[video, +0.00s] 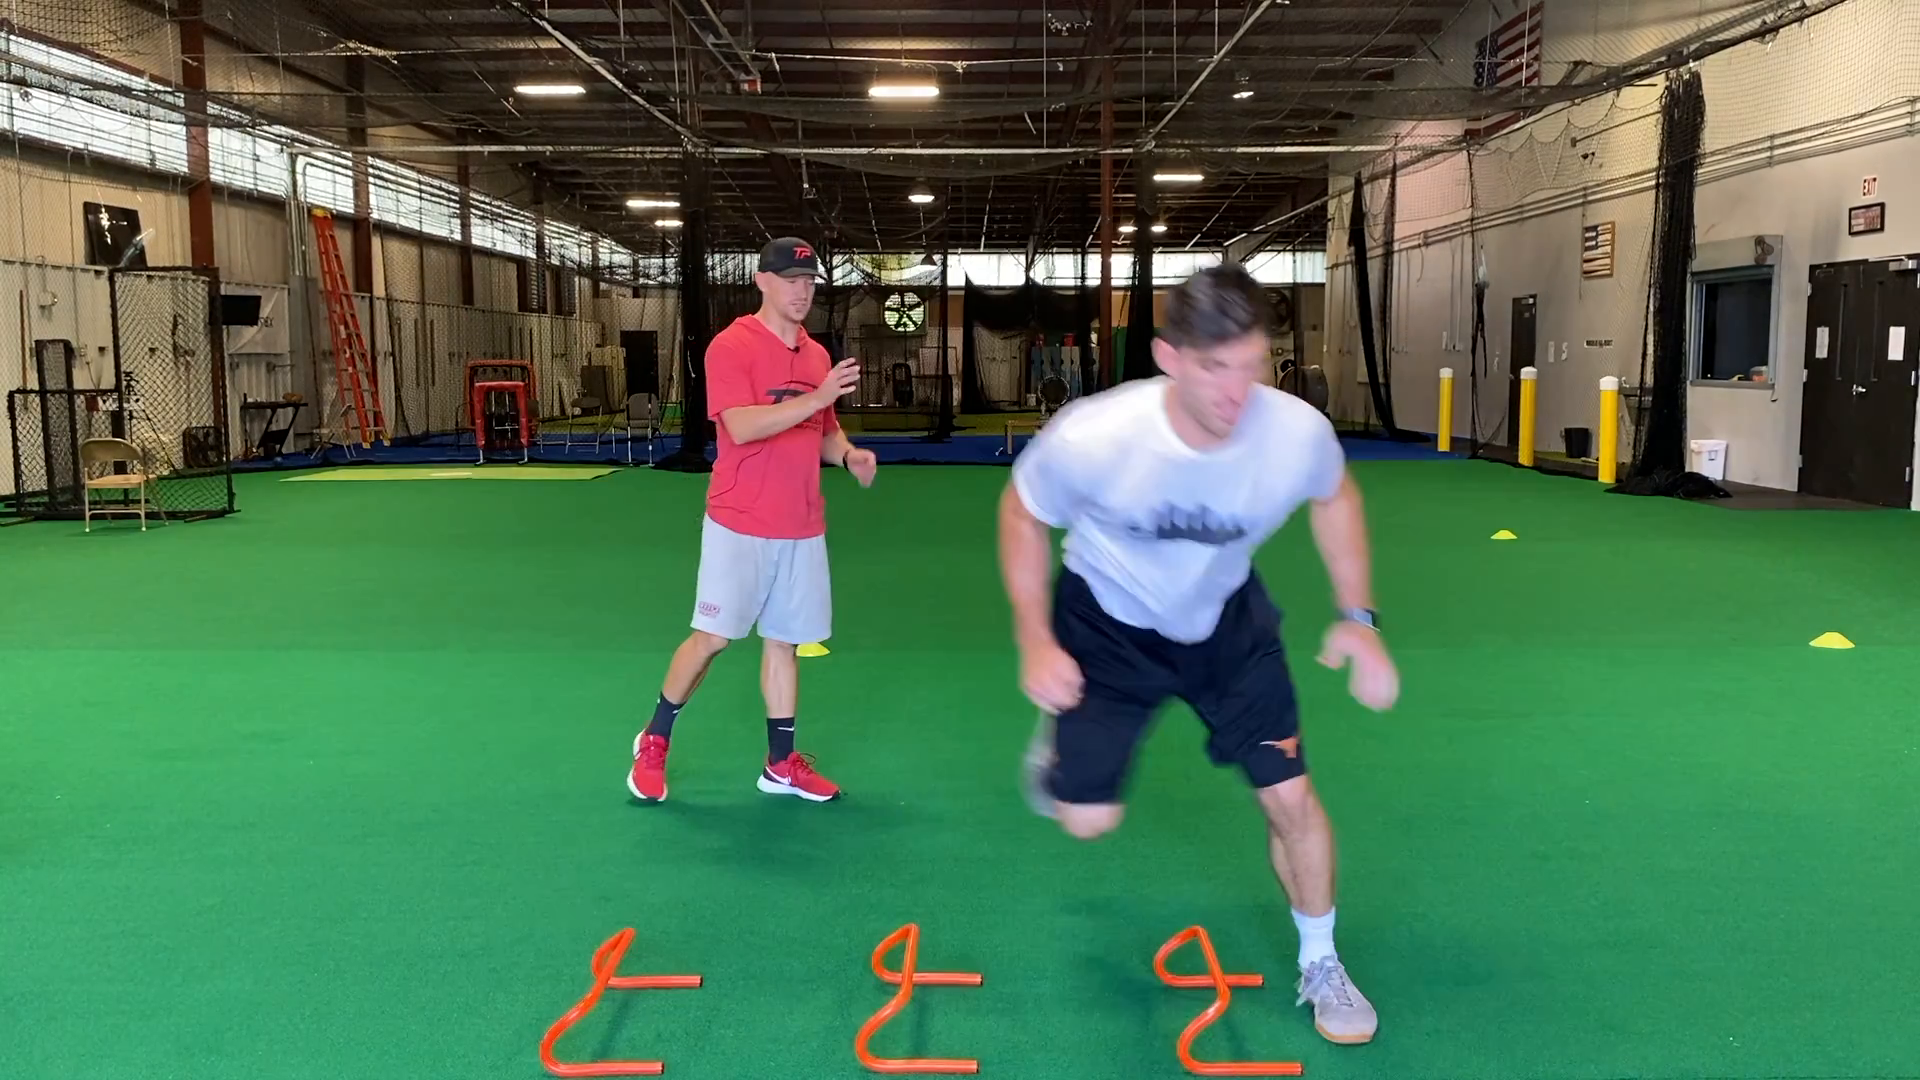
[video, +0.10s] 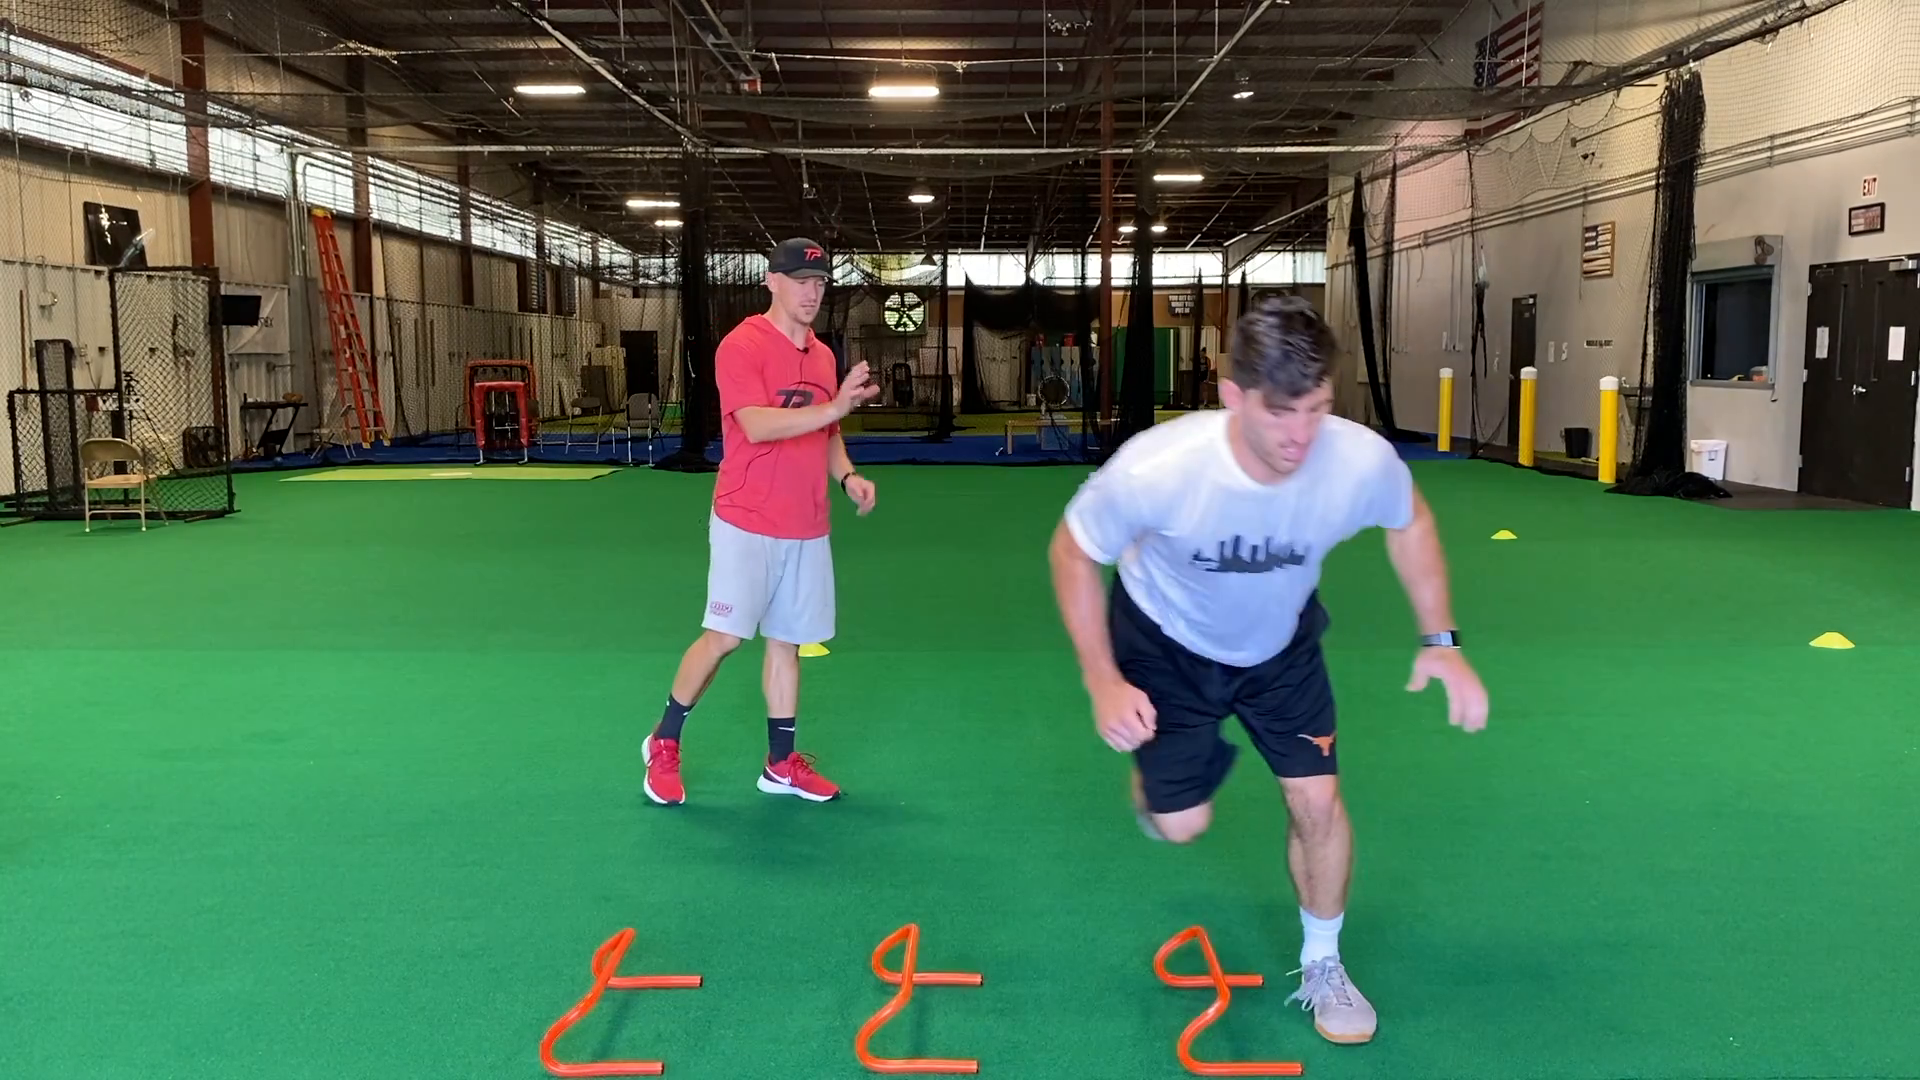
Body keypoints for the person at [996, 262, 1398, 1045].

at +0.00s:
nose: (1237, 389)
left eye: (1251, 368)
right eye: (1216, 368)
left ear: (1266, 359)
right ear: (1168, 358)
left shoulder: (1298, 433)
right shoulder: (1092, 435)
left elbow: (1335, 498)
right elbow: (1022, 509)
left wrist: (1356, 614)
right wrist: (1035, 639)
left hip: (1228, 616)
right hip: (1110, 617)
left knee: (1289, 795)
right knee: (1087, 816)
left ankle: (1321, 965)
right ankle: (1059, 742)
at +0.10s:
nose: (1300, 432)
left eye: (1315, 411)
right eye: (1280, 412)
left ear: (1330, 394)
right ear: (1230, 393)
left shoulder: (1361, 461)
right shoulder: (1157, 466)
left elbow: (1411, 522)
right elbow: (1072, 547)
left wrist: (1439, 638)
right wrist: (1102, 679)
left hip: (1282, 639)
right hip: (1166, 640)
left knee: (1317, 799)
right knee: (1183, 822)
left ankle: (1323, 967)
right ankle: (1156, 775)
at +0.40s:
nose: (1399, 423)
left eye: (1416, 401)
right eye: (1380, 403)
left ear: (1434, 386)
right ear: (1334, 383)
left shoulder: (1467, 459)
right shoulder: (1253, 438)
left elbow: (1515, 529)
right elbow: (1166, 493)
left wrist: (1549, 648)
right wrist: (1153, 619)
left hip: (1360, 628)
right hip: (1235, 610)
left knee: (1372, 789)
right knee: (1193, 781)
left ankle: (1346, 961)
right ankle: (1235, 754)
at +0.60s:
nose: (1455, 401)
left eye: (1471, 380)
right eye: (1436, 380)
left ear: (1489, 364)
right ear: (1389, 359)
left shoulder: (1509, 453)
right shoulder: (1304, 399)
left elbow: (1540, 536)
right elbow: (1207, 436)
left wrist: (1568, 650)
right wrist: (1162, 561)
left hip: (1364, 610)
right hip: (1238, 562)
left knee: (1379, 776)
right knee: (1121, 705)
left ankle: (1344, 960)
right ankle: (1181, 691)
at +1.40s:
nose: (1431, 379)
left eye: (1448, 359)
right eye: (1412, 357)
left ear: (1467, 343)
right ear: (1369, 335)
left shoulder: (1490, 411)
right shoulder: (1283, 393)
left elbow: (1506, 478)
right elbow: (1183, 461)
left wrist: (1496, 578)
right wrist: (1203, 590)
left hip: (1355, 602)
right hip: (1236, 573)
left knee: (1351, 766)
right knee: (1163, 733)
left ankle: (1331, 957)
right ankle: (1194, 732)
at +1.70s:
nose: (1329, 367)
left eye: (1349, 348)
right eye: (1312, 345)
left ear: (1378, 326)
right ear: (1278, 320)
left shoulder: (1419, 394)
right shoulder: (1204, 383)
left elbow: (1445, 453)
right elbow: (1125, 453)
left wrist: (1421, 567)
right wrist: (1161, 588)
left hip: (1312, 594)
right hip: (1194, 578)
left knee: (1320, 766)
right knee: (1170, 749)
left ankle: (1328, 958)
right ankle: (1182, 762)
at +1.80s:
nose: (1278, 362)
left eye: (1298, 341)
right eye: (1260, 339)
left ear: (1329, 319)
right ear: (1227, 316)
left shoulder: (1376, 406)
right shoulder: (1160, 377)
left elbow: (1399, 493)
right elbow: (1092, 432)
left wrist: (1361, 618)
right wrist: (1079, 562)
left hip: (1284, 591)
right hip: (1160, 576)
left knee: (1308, 772)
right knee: (1134, 749)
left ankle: (1324, 957)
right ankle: (1127, 803)